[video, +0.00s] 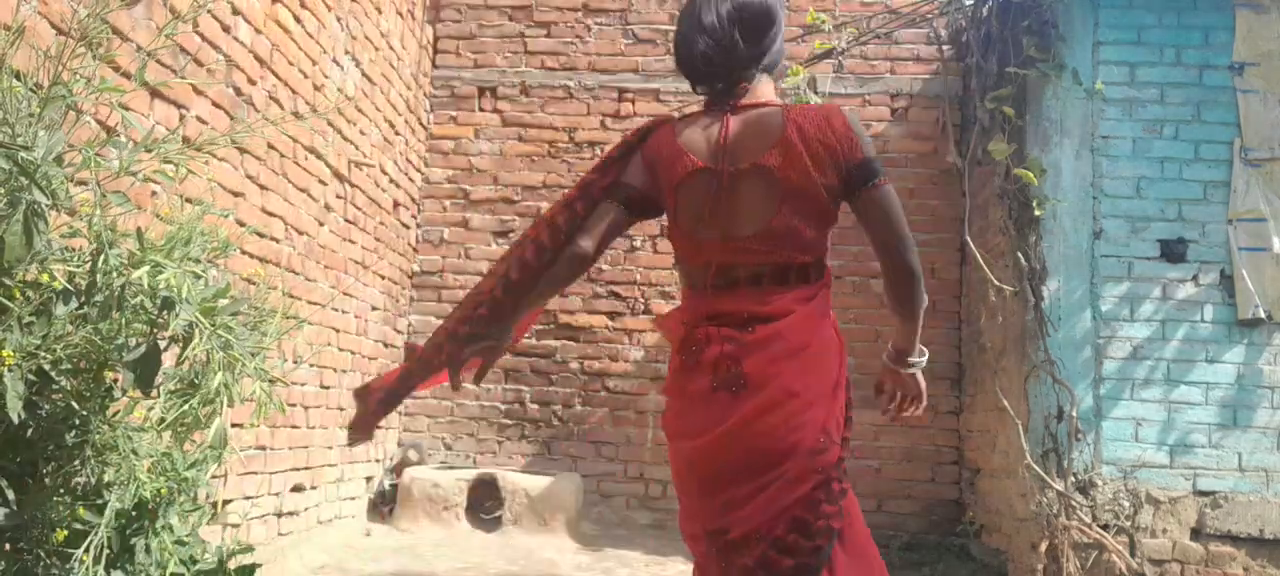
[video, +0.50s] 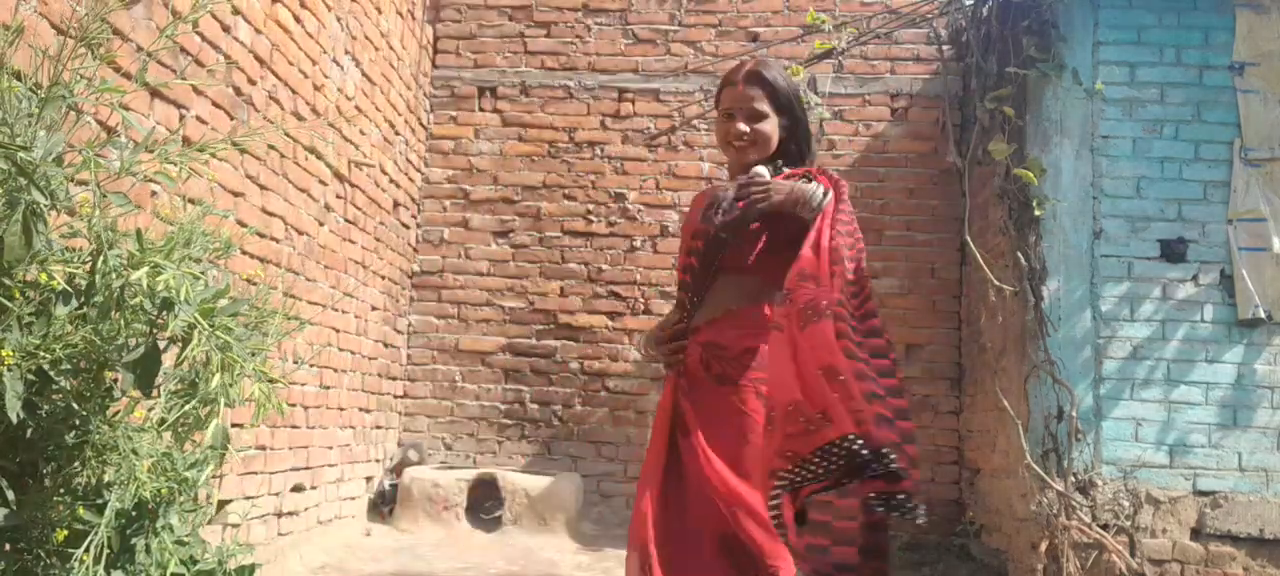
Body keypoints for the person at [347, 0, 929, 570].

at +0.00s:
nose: (787, 46)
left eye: (776, 39)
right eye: (781, 39)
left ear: (694, 62)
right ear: (771, 51)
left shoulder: (662, 146)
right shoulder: (827, 130)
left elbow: (573, 254)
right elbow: (904, 269)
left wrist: (493, 328)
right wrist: (907, 355)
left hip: (699, 375)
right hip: (796, 366)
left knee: (716, 547)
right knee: (807, 544)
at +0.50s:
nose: (739, 129)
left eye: (756, 116)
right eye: (727, 116)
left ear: (787, 125)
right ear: (715, 124)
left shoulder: (815, 191)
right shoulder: (708, 202)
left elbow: (845, 289)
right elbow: (693, 302)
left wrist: (812, 201)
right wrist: (661, 339)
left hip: (767, 377)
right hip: (697, 377)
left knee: (751, 525)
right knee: (682, 523)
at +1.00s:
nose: (709, 189)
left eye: (721, 178)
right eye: (697, 177)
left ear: (737, 186)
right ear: (679, 181)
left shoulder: (745, 250)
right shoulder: (659, 236)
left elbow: (821, 275)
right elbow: (626, 315)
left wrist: (788, 227)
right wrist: (701, 353)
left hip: (729, 391)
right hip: (670, 391)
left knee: (729, 512)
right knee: (679, 518)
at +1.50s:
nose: (689, 206)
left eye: (699, 196)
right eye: (678, 194)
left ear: (715, 196)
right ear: (660, 189)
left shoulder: (726, 243)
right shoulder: (641, 243)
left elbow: (783, 209)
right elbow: (614, 322)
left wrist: (745, 204)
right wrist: (671, 362)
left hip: (712, 396)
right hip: (652, 394)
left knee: (711, 508)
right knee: (649, 509)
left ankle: (704, 572)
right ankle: (648, 572)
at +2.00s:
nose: (681, 186)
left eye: (695, 178)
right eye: (672, 172)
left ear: (710, 188)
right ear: (653, 174)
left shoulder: (722, 244)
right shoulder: (621, 242)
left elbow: (761, 331)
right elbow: (588, 321)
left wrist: (739, 265)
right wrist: (594, 332)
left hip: (700, 401)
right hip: (632, 402)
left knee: (669, 519)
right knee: (624, 525)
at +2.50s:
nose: (684, 159)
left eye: (700, 151)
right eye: (673, 144)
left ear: (717, 163)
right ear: (652, 149)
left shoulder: (725, 222)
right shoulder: (623, 224)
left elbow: (784, 272)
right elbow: (553, 261)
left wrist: (771, 178)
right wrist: (594, 181)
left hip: (713, 390)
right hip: (637, 393)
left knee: (692, 545)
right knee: (637, 541)